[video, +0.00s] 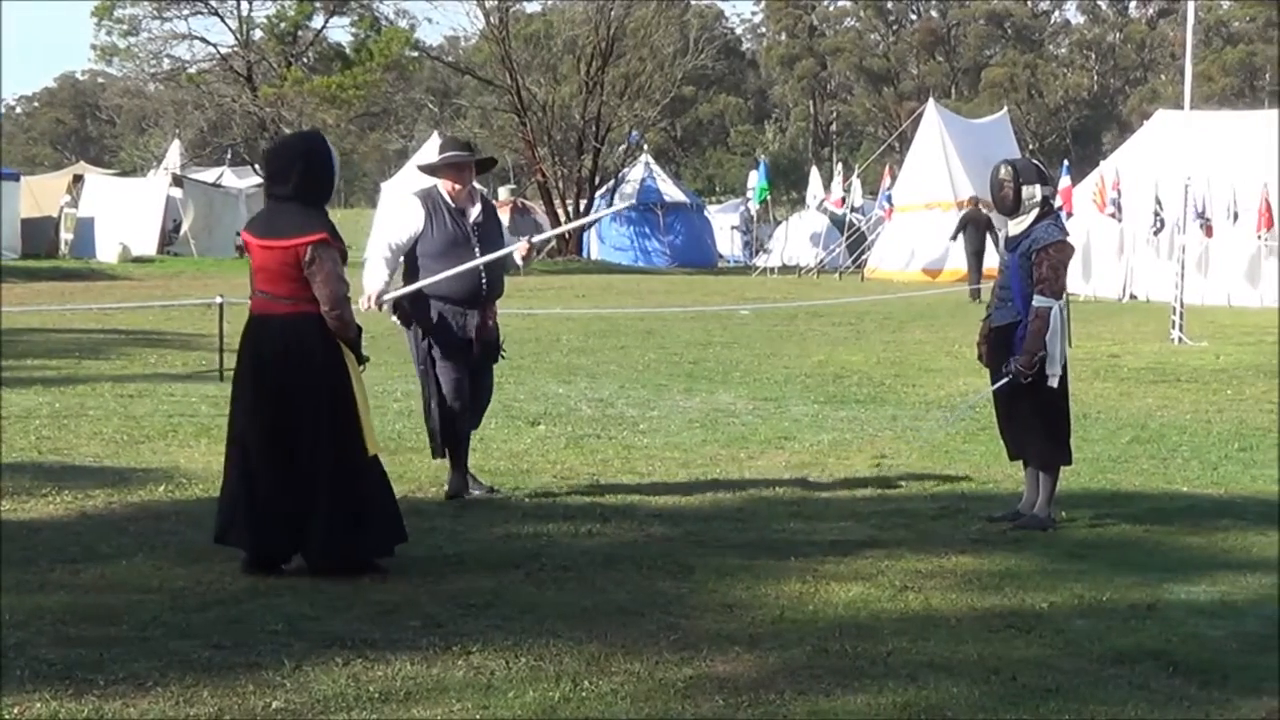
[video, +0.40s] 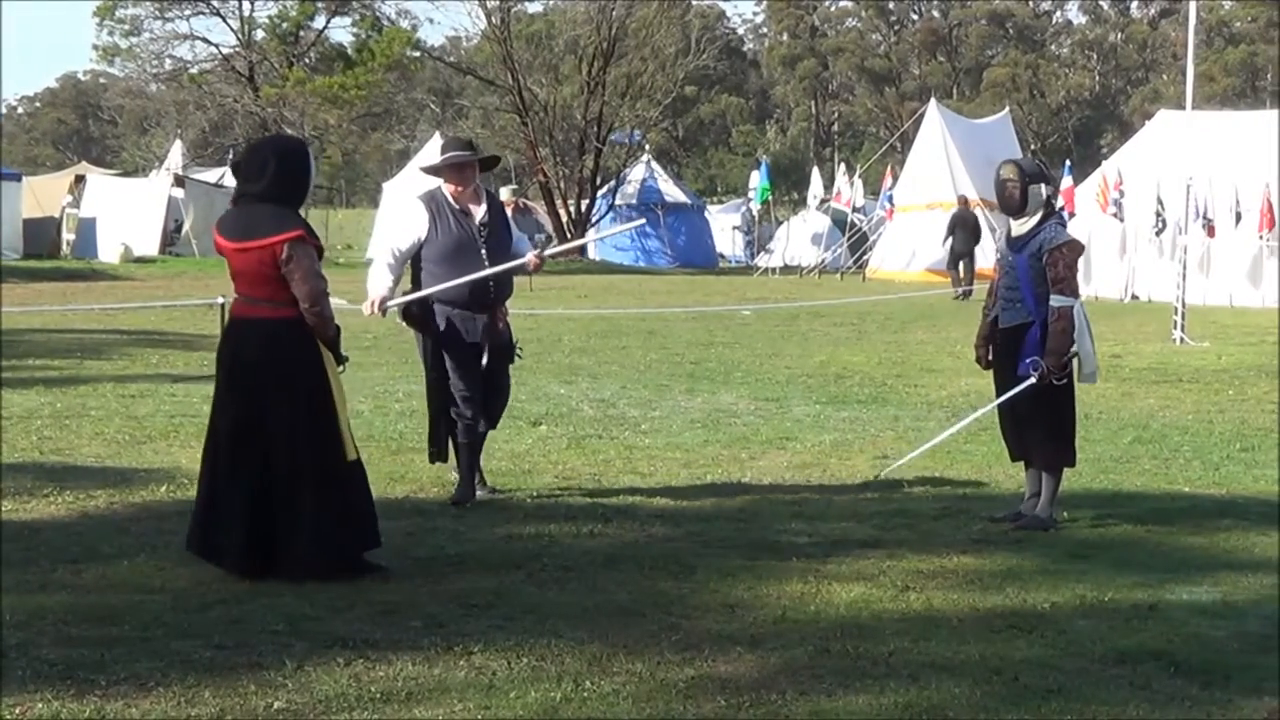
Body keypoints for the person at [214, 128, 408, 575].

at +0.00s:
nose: (332, 178)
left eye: (329, 170)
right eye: (328, 171)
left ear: (273, 177)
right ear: (319, 178)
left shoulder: (257, 227)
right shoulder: (316, 232)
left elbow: (262, 281)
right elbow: (334, 308)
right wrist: (353, 338)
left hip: (262, 336)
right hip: (309, 342)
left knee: (268, 439)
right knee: (327, 439)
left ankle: (264, 546)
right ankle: (339, 547)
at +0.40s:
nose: (307, 183)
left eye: (304, 175)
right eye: (303, 175)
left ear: (248, 176)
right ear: (293, 180)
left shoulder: (229, 227)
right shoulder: (291, 234)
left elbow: (245, 280)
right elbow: (313, 303)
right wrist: (333, 341)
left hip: (242, 335)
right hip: (287, 341)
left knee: (246, 437)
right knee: (300, 438)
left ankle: (244, 543)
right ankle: (310, 544)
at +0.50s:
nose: (307, 182)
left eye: (305, 173)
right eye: (304, 175)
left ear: (247, 174)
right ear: (292, 181)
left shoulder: (228, 223)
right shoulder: (290, 235)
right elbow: (314, 305)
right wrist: (335, 342)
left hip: (244, 335)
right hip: (289, 341)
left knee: (245, 438)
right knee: (300, 441)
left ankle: (241, 543)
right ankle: (307, 545)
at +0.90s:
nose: (306, 180)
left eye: (303, 172)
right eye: (302, 174)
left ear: (246, 178)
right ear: (294, 182)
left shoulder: (230, 227)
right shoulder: (290, 236)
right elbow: (316, 303)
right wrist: (338, 343)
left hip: (247, 336)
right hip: (291, 342)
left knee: (247, 438)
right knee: (302, 440)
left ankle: (241, 540)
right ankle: (304, 544)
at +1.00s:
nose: (307, 178)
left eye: (304, 170)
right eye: (302, 171)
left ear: (247, 176)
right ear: (291, 179)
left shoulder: (229, 227)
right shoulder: (291, 235)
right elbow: (317, 305)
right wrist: (339, 344)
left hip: (247, 337)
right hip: (291, 343)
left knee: (247, 439)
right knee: (305, 441)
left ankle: (242, 541)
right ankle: (310, 546)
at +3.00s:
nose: (304, 181)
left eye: (302, 173)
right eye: (301, 173)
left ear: (246, 176)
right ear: (292, 178)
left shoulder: (225, 235)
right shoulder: (302, 235)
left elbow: (228, 302)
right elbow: (325, 307)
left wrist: (253, 326)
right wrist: (341, 339)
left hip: (247, 344)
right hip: (299, 346)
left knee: (253, 442)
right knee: (312, 443)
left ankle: (257, 549)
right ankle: (320, 548)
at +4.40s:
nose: (294, 181)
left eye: (291, 173)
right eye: (290, 174)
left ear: (235, 180)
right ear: (280, 180)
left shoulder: (218, 236)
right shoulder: (283, 234)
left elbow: (226, 303)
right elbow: (311, 303)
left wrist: (246, 331)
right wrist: (331, 346)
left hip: (237, 346)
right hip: (286, 348)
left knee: (246, 444)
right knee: (309, 443)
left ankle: (249, 549)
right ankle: (351, 551)